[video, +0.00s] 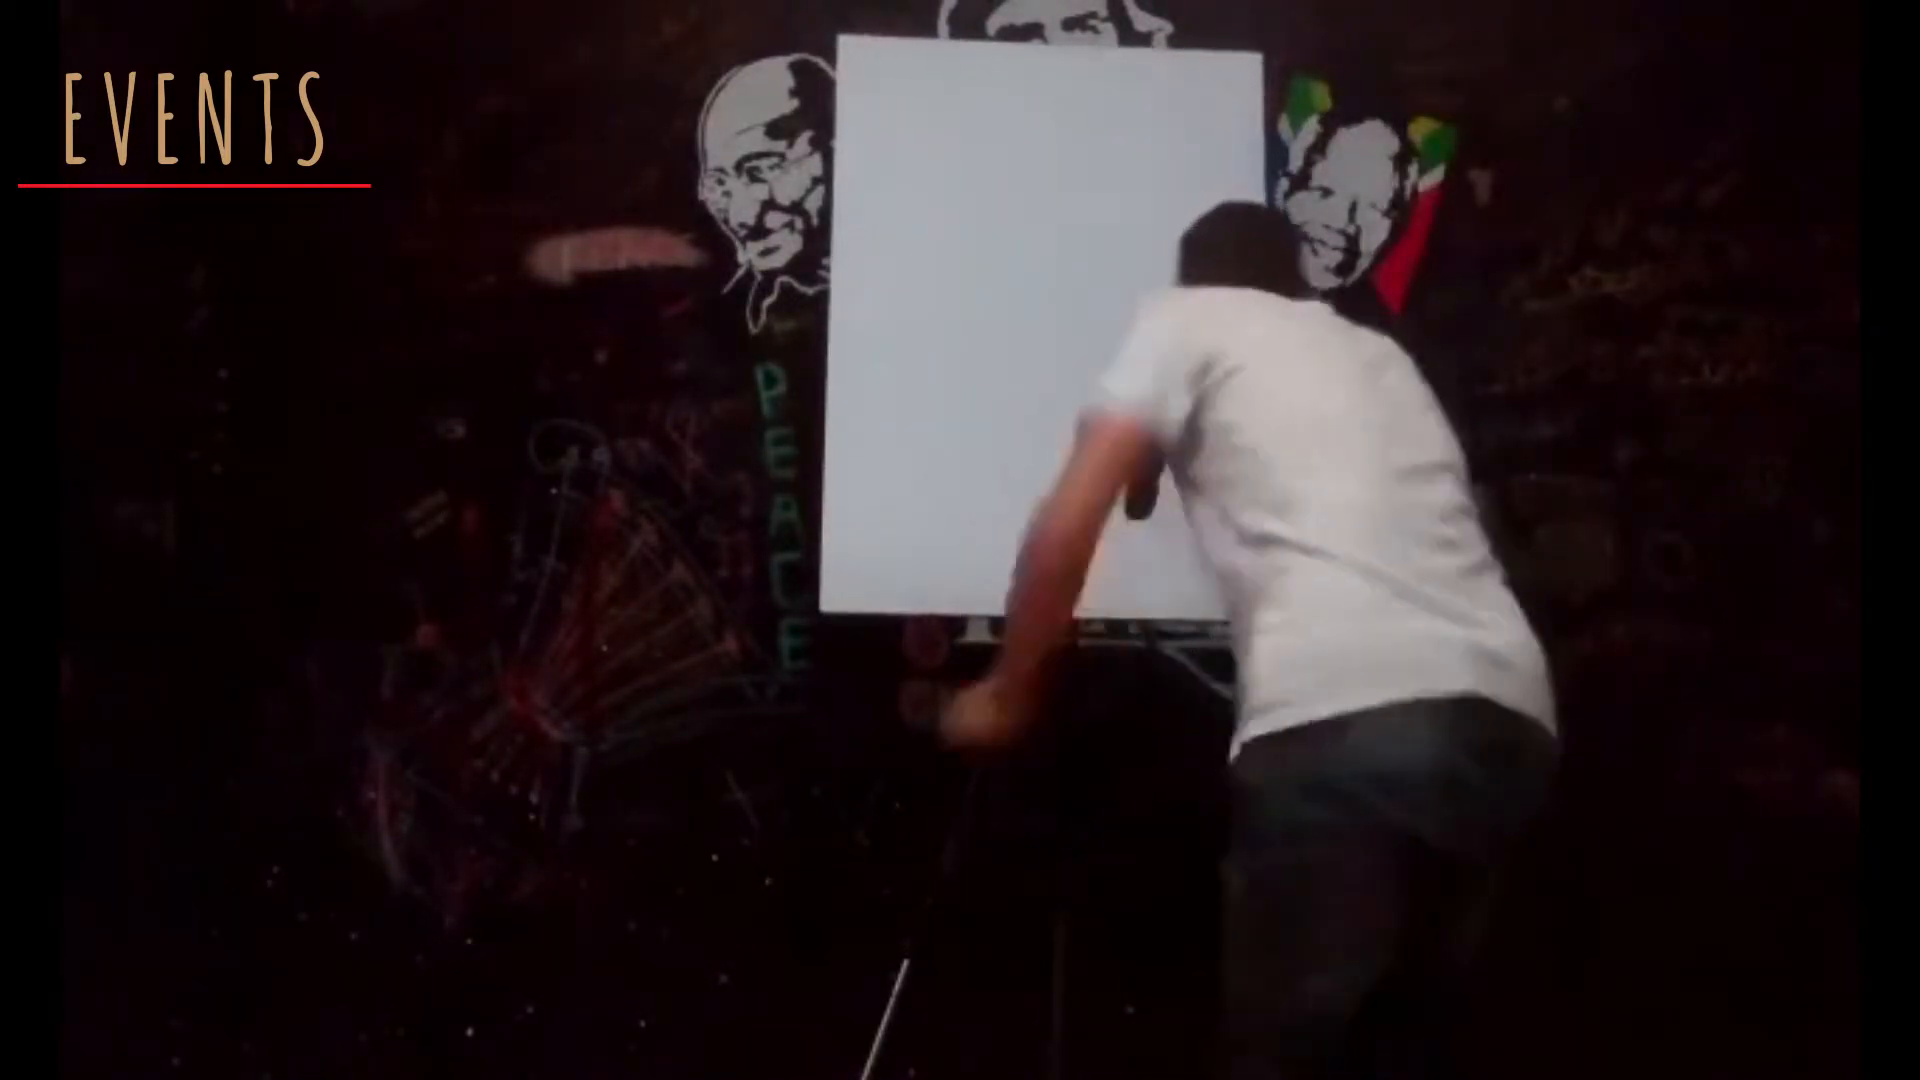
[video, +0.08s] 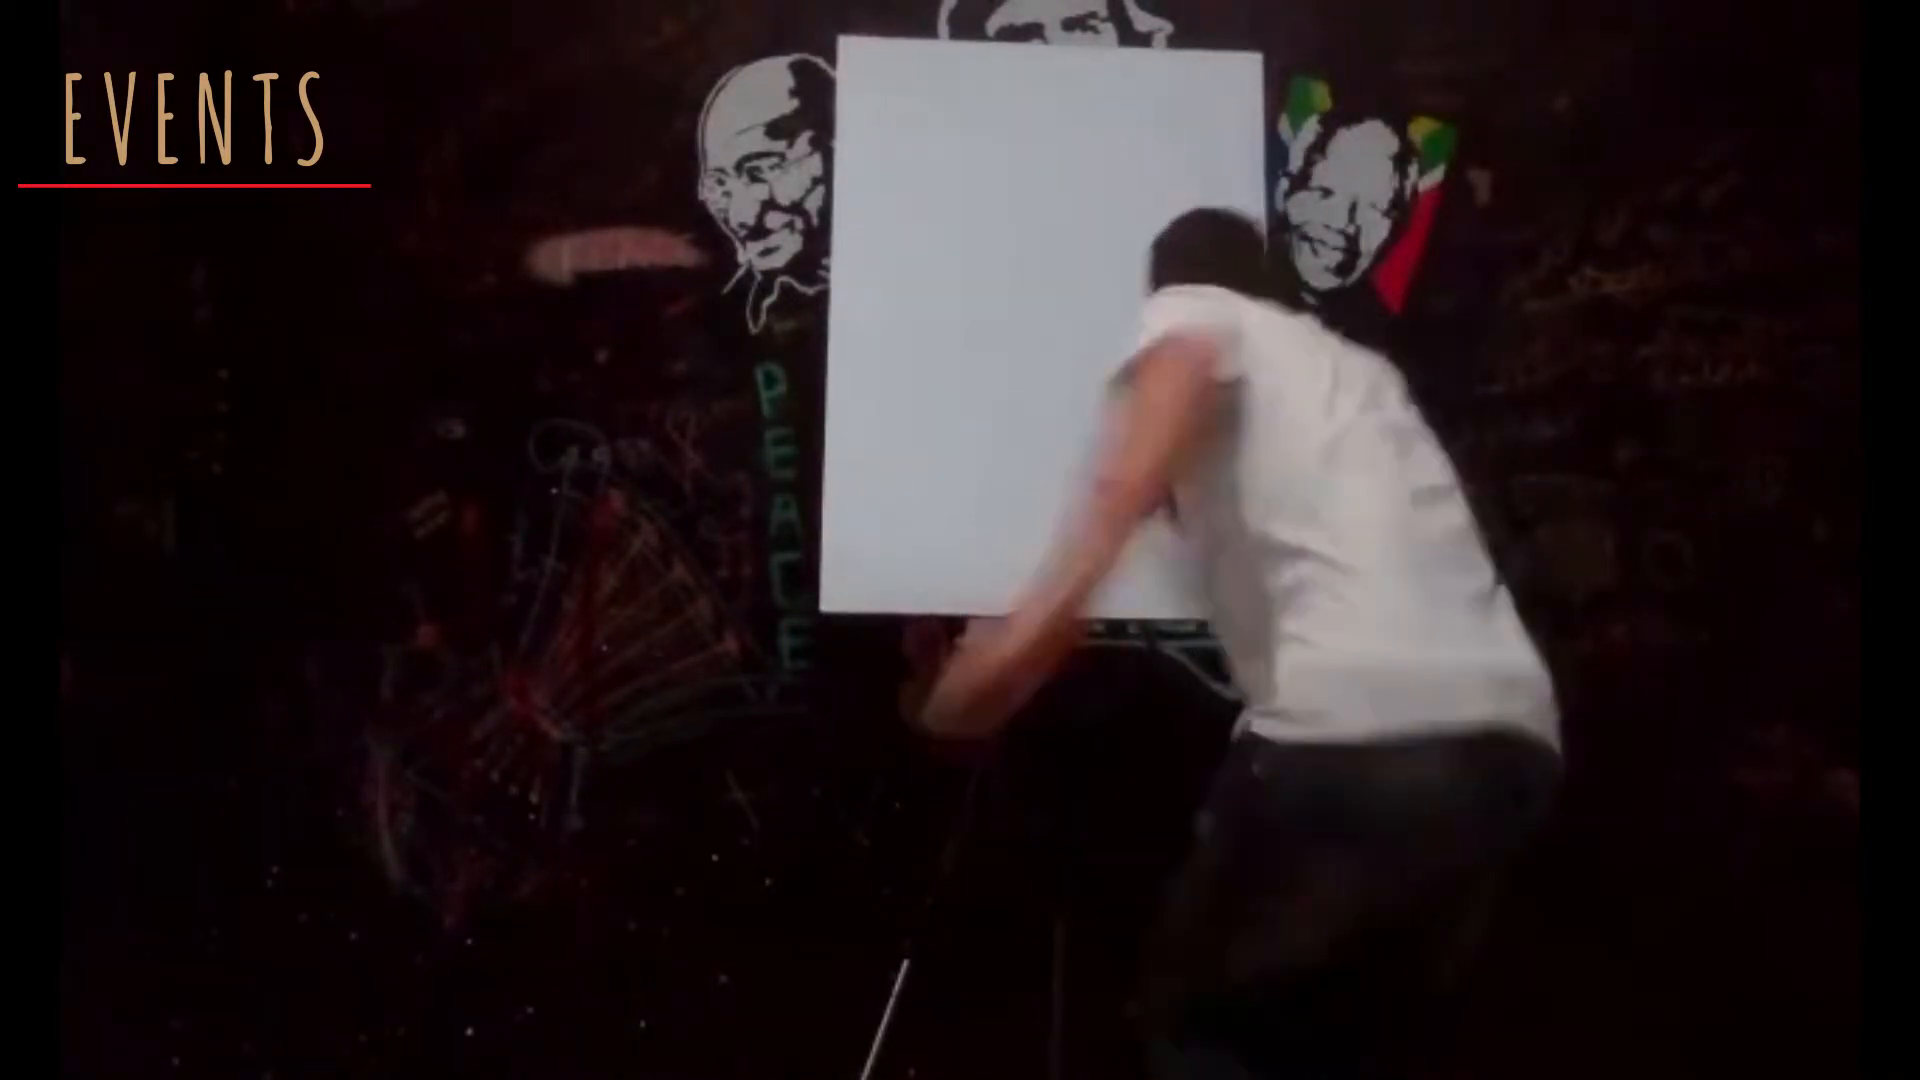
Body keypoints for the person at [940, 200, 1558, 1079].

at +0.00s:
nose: (1184, 299)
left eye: (1185, 286)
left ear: (1194, 276)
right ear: (1301, 277)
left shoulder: (1192, 315)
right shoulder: (1384, 355)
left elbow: (1061, 531)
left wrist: (1009, 692)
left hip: (1342, 716)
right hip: (1506, 717)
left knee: (1286, 1040)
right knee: (1431, 1033)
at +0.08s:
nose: (1157, 313)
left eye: (1162, 299)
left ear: (1173, 286)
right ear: (1278, 279)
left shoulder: (1200, 313)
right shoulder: (1364, 367)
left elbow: (1127, 487)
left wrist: (1017, 645)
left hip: (1341, 742)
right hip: (1504, 745)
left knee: (1195, 1015)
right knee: (1396, 1029)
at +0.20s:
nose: (1149, 331)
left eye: (1149, 314)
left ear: (1155, 297)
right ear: (1260, 291)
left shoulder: (1194, 315)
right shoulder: (1351, 382)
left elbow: (1225, 416)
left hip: (1338, 745)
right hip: (1493, 753)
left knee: (1162, 983)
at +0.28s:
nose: (1110, 353)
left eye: (1114, 333)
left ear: (1127, 320)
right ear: (1227, 290)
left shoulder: (1163, 343)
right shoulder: (1317, 401)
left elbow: (1285, 312)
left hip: (1310, 780)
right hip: (1461, 780)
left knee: (1128, 1016)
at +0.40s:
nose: (1105, 356)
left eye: (1106, 341)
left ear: (1117, 329)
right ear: (1216, 302)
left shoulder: (1155, 352)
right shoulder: (1310, 429)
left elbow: (1292, 333)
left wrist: (1503, 347)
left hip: (1288, 797)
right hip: (1434, 801)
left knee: (1112, 1030)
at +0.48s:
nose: (1105, 397)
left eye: (1106, 376)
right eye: (1110, 378)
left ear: (1113, 372)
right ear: (1217, 347)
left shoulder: (1167, 396)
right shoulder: (1295, 459)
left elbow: (1366, 426)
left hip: (1266, 850)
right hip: (1405, 860)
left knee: (1090, 1026)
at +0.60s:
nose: (1107, 403)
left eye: (1107, 383)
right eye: (1112, 385)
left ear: (1119, 381)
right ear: (1222, 365)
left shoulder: (1183, 417)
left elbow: (1390, 488)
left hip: (1273, 876)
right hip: (1405, 883)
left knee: (1082, 1024)